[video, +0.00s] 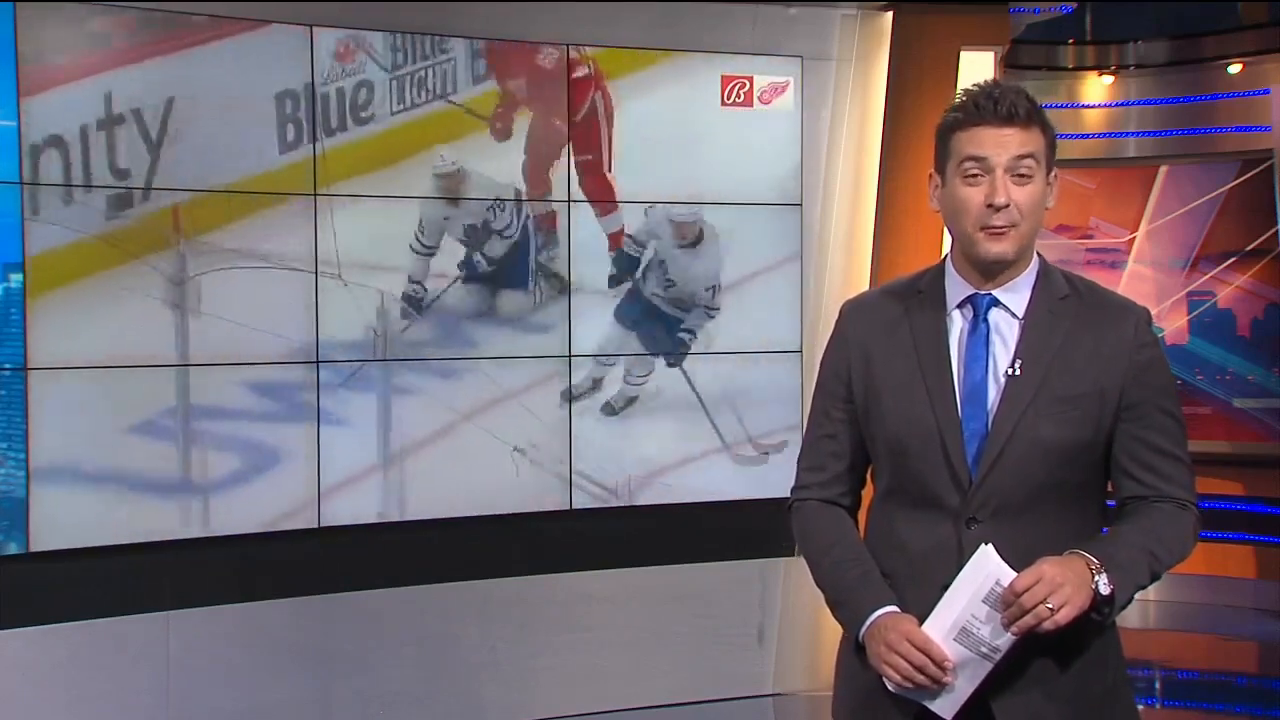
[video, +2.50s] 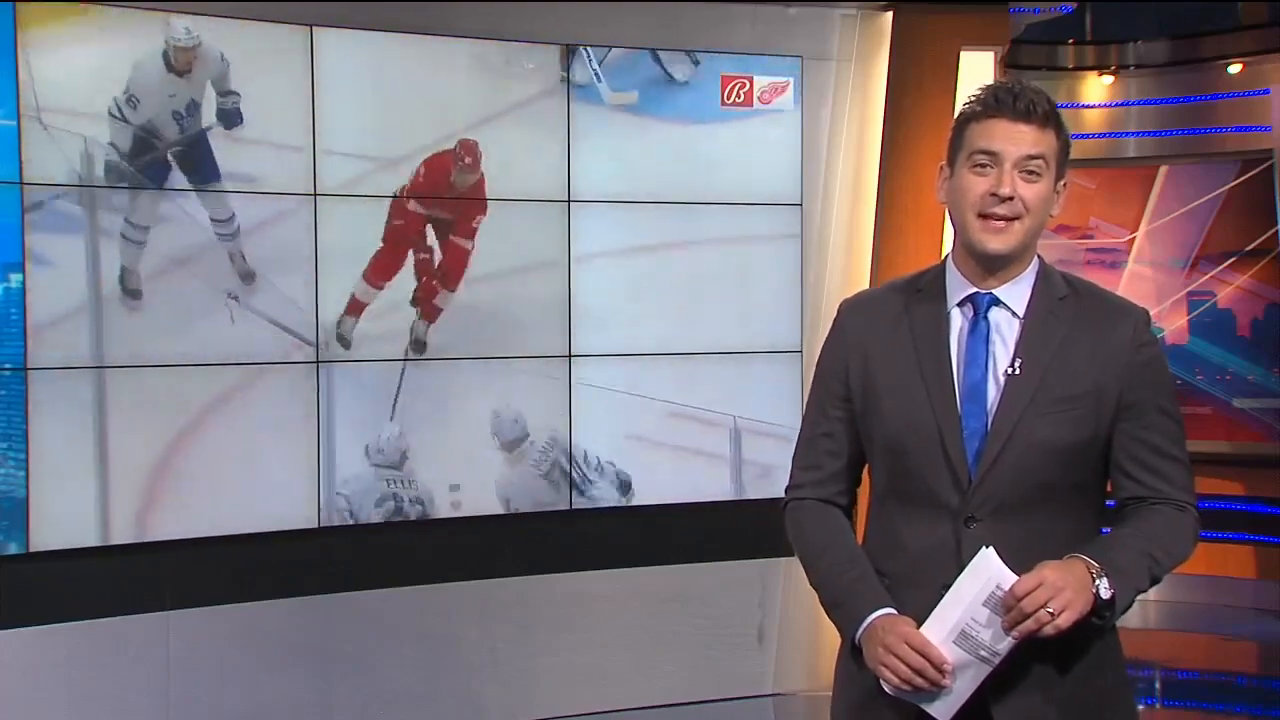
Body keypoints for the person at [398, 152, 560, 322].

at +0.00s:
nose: (448, 185)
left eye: (452, 178)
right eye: (442, 180)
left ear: (462, 176)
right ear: (435, 181)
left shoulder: (485, 190)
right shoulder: (432, 203)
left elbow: (509, 232)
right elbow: (422, 249)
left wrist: (485, 259)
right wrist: (414, 288)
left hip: (515, 235)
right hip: (478, 245)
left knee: (510, 309)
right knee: (465, 305)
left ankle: (547, 284)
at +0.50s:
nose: (412, 237)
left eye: (419, 227)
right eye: (403, 229)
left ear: (430, 223)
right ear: (388, 229)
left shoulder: (451, 223)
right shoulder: (362, 266)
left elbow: (483, 206)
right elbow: (334, 325)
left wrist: (491, 271)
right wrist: (336, 389)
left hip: (454, 323)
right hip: (398, 355)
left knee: (511, 340)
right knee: (383, 458)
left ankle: (493, 437)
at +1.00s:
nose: (318, 272)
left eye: (325, 258)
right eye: (307, 261)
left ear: (338, 248)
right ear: (291, 260)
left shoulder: (371, 242)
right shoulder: (277, 304)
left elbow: (421, 240)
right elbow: (244, 373)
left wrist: (407, 304)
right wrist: (225, 441)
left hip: (368, 331)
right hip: (306, 350)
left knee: (393, 416)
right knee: (312, 434)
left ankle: (383, 506)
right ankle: (312, 462)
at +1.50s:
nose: (125, 198)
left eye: (130, 187)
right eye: (115, 190)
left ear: (143, 181)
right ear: (103, 191)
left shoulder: (182, 197)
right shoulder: (91, 230)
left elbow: (229, 209)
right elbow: (86, 292)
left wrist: (218, 260)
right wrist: (79, 343)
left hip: (206, 281)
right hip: (145, 294)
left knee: (248, 360)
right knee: (136, 379)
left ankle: (297, 423)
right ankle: (164, 468)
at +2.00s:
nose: (204, 99)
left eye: (209, 91)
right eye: (197, 94)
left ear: (216, 88)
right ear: (186, 93)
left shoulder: (238, 100)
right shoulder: (171, 117)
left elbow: (270, 109)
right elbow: (159, 159)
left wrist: (270, 145)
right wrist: (156, 196)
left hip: (245, 168)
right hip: (196, 173)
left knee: (268, 233)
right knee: (179, 234)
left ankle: (289, 297)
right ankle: (174, 300)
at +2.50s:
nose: (189, 57)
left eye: (193, 50)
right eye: (183, 51)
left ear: (199, 47)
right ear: (169, 50)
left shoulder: (208, 58)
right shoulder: (148, 74)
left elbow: (222, 74)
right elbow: (120, 116)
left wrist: (228, 104)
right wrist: (117, 158)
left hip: (191, 135)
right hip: (150, 141)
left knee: (217, 197)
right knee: (144, 207)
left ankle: (237, 257)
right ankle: (130, 271)